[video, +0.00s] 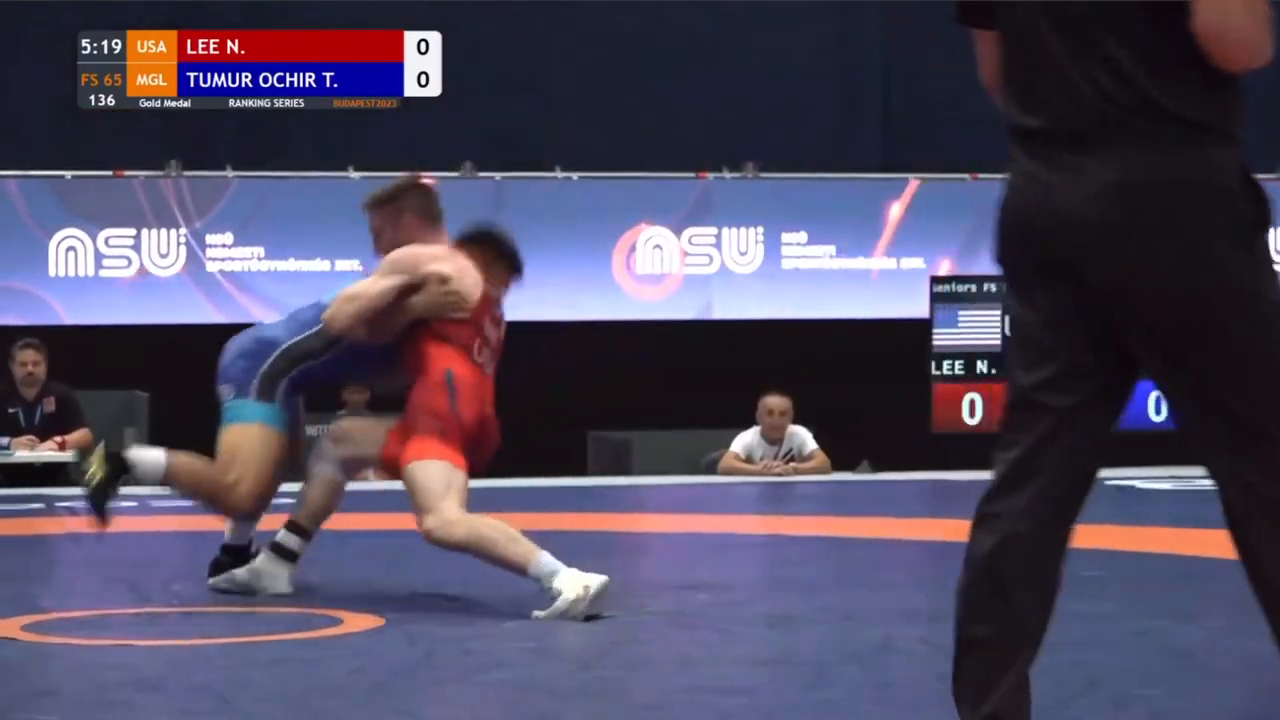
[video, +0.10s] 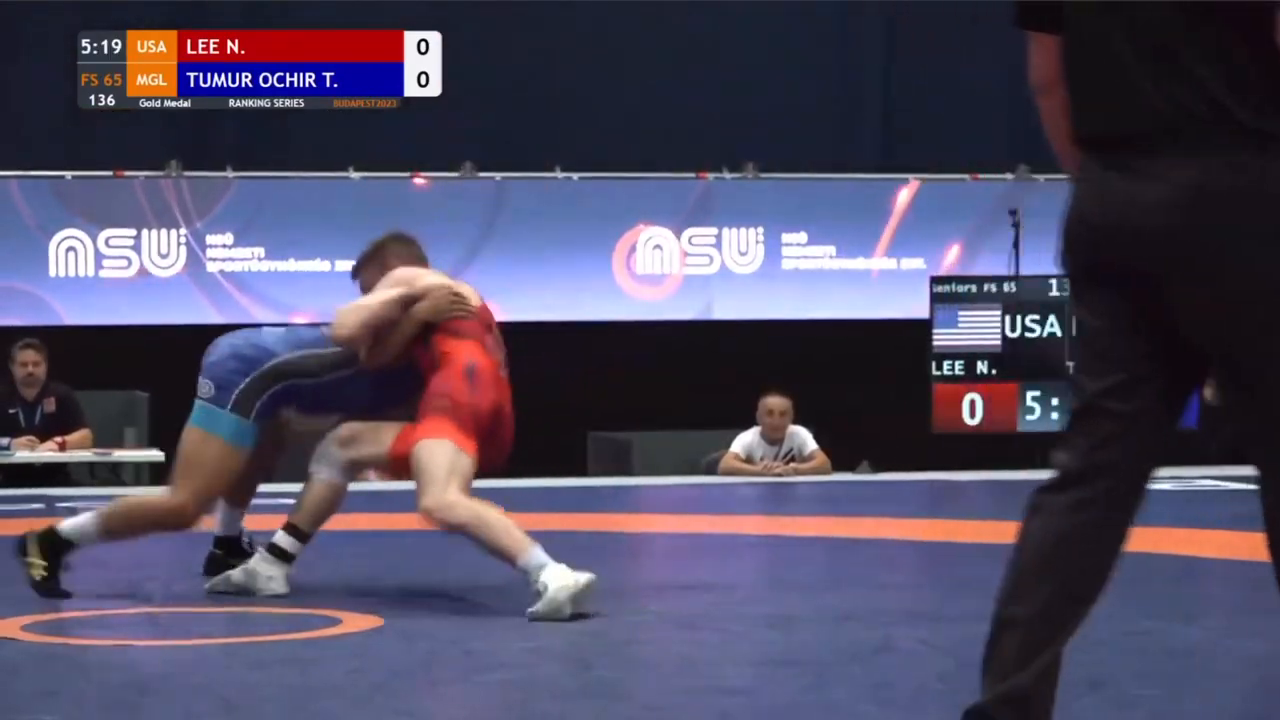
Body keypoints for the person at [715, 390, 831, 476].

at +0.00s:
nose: (776, 420)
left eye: (782, 414)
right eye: (769, 414)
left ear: (791, 417)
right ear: (758, 416)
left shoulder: (799, 434)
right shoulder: (747, 437)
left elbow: (824, 465)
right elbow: (725, 466)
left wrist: (791, 468)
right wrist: (762, 469)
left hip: (793, 497)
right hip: (754, 497)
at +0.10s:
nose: (776, 420)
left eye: (782, 414)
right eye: (770, 414)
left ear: (791, 417)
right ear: (758, 417)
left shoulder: (799, 434)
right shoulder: (747, 438)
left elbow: (824, 465)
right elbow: (725, 466)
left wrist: (792, 469)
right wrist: (761, 470)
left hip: (793, 497)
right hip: (755, 498)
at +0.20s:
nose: (777, 421)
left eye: (784, 415)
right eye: (771, 415)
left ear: (792, 417)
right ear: (760, 417)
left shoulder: (801, 435)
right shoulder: (749, 438)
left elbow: (826, 466)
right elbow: (727, 466)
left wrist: (794, 470)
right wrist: (763, 470)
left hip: (794, 497)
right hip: (757, 498)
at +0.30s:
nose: (791, 421)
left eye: (797, 415)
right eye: (784, 415)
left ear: (805, 418)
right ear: (773, 417)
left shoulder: (815, 435)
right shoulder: (762, 439)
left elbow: (840, 466)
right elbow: (741, 467)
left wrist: (807, 470)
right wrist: (778, 471)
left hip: (808, 498)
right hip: (771, 499)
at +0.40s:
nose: (799, 422)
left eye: (805, 416)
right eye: (792, 416)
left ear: (814, 419)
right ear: (781, 418)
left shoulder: (823, 436)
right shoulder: (770, 439)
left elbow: (848, 467)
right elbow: (749, 467)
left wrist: (816, 471)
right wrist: (785, 472)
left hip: (817, 500)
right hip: (779, 501)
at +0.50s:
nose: (805, 426)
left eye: (811, 420)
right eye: (799, 420)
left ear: (819, 419)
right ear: (788, 421)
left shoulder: (830, 438)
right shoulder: (777, 441)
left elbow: (855, 468)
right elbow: (760, 468)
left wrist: (825, 472)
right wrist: (792, 474)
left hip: (824, 502)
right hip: (786, 502)